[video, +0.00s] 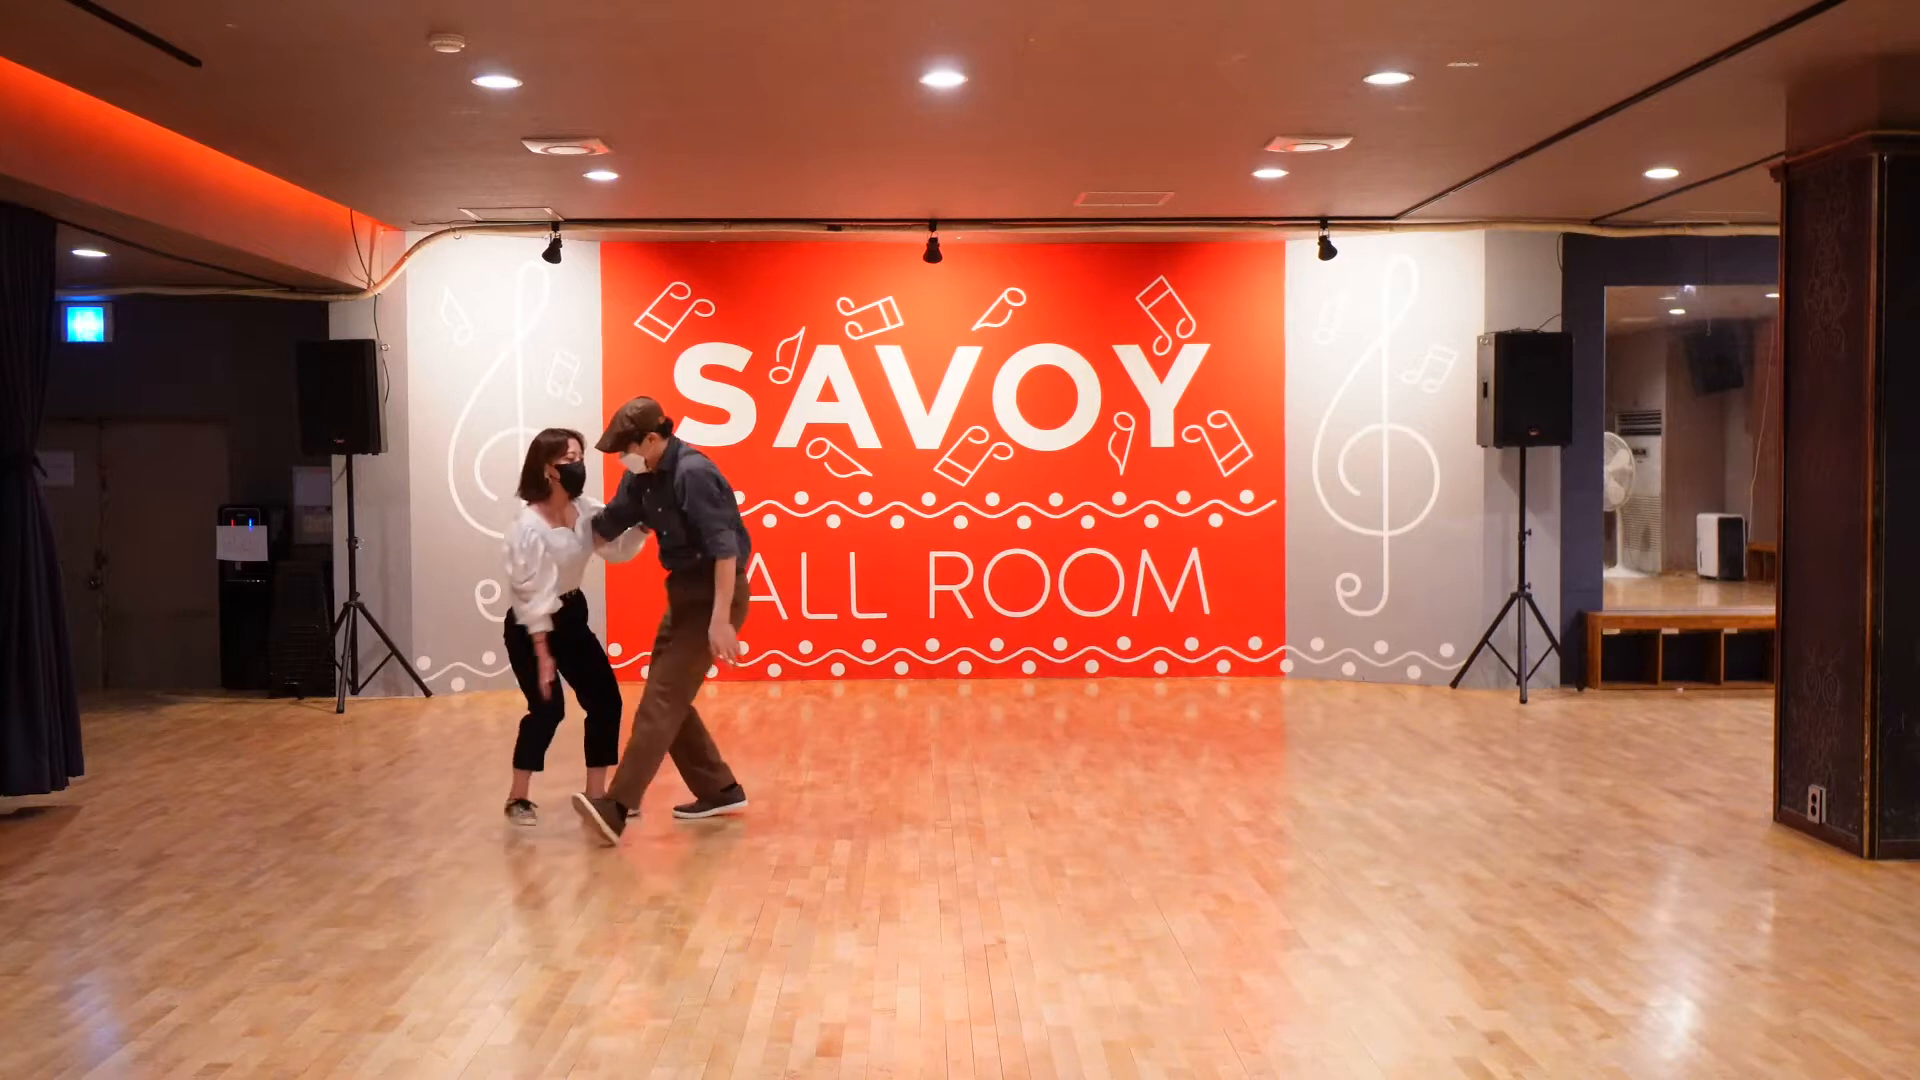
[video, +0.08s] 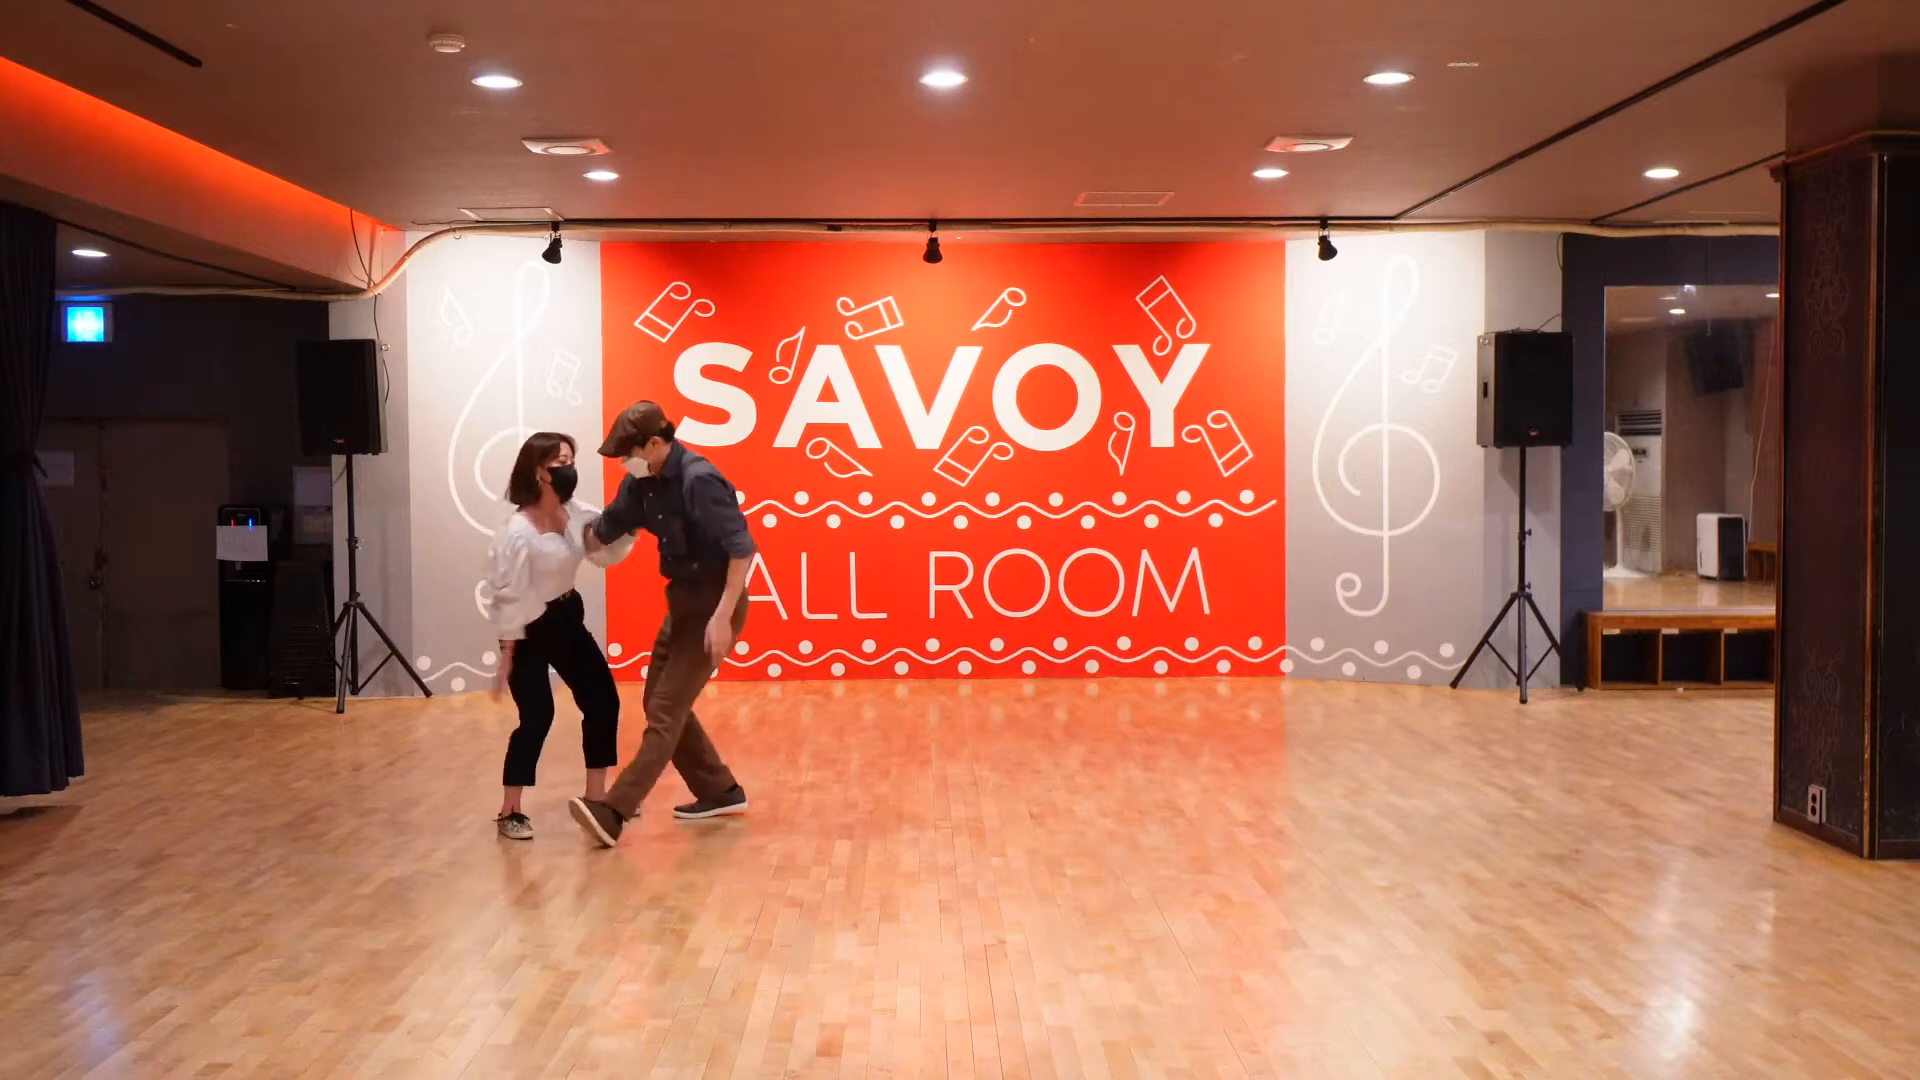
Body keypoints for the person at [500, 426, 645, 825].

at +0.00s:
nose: (580, 467)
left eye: (581, 460)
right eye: (571, 461)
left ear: (579, 467)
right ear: (549, 471)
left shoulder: (586, 512)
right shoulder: (527, 529)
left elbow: (616, 550)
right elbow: (531, 598)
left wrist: (644, 511)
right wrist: (543, 656)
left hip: (570, 615)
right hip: (528, 622)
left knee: (605, 700)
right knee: (547, 707)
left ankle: (596, 796)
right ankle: (518, 798)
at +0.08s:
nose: (568, 471)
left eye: (571, 464)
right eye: (559, 465)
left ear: (572, 469)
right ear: (538, 474)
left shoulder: (573, 514)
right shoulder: (517, 532)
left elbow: (606, 549)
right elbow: (506, 598)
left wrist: (633, 512)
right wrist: (506, 654)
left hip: (565, 621)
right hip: (525, 630)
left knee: (603, 701)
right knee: (537, 715)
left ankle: (596, 798)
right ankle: (510, 811)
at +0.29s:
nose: (562, 466)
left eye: (562, 459)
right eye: (554, 460)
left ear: (550, 467)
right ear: (530, 469)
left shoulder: (565, 513)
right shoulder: (502, 528)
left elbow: (591, 560)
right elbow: (467, 589)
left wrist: (624, 533)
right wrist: (443, 644)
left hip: (549, 618)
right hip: (507, 623)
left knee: (596, 696)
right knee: (528, 713)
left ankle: (588, 789)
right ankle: (511, 811)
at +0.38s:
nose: (564, 467)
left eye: (564, 460)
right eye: (555, 461)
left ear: (557, 469)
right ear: (531, 470)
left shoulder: (567, 515)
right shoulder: (504, 526)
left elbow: (588, 570)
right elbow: (468, 585)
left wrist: (620, 549)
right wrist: (452, 640)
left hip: (549, 623)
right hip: (508, 625)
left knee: (593, 704)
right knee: (531, 717)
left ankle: (571, 797)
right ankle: (511, 812)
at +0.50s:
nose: (567, 469)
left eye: (569, 461)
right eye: (558, 462)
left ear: (569, 466)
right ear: (534, 470)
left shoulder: (573, 517)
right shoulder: (507, 524)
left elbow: (593, 573)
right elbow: (480, 584)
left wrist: (628, 554)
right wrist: (492, 609)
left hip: (555, 623)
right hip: (513, 626)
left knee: (588, 707)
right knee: (536, 711)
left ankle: (568, 801)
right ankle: (515, 804)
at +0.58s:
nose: (570, 465)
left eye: (571, 457)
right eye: (561, 458)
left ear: (578, 461)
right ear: (538, 468)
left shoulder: (572, 507)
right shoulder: (507, 518)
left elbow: (599, 558)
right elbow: (485, 581)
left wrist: (622, 543)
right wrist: (515, 581)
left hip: (555, 614)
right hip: (512, 620)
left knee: (587, 703)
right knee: (536, 702)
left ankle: (567, 797)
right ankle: (525, 799)